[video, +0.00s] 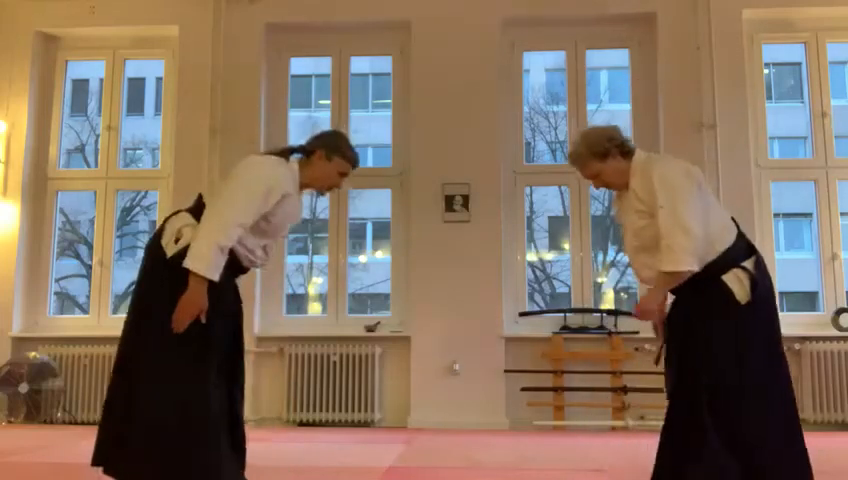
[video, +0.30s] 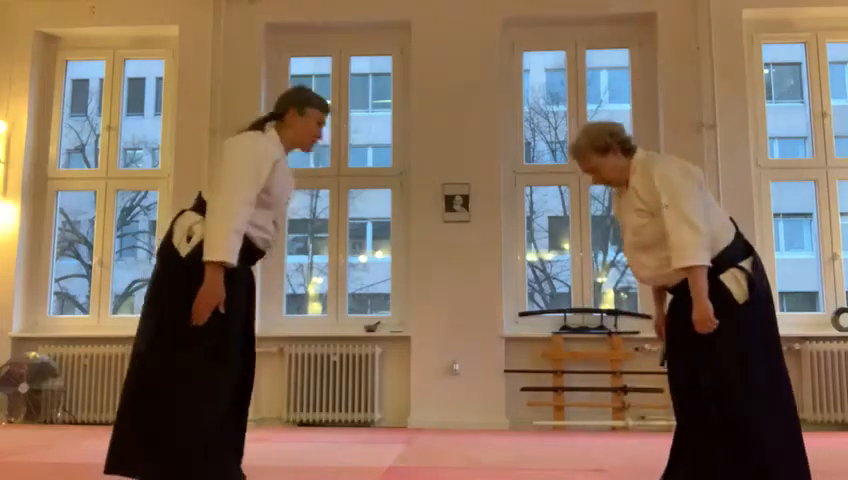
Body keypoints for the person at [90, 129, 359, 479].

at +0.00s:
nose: (339, 183)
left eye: (344, 178)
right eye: (340, 173)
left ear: (318, 159)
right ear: (318, 156)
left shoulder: (286, 187)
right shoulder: (269, 171)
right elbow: (222, 217)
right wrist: (197, 284)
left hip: (215, 267)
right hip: (189, 259)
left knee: (213, 368)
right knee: (192, 366)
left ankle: (208, 464)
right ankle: (185, 465)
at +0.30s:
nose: (319, 136)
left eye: (321, 128)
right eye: (316, 125)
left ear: (294, 118)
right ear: (292, 115)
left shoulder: (272, 153)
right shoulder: (255, 145)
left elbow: (241, 210)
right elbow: (228, 204)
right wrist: (214, 273)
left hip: (230, 266)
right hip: (214, 265)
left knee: (225, 368)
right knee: (212, 369)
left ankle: (213, 464)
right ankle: (200, 466)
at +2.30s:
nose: (269, 100)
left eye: (269, 93)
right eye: (262, 92)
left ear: (246, 96)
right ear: (236, 94)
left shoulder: (245, 136)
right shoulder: (225, 134)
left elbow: (245, 202)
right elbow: (222, 199)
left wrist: (265, 255)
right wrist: (239, 265)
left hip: (248, 256)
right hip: (229, 258)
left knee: (247, 366)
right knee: (231, 365)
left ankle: (243, 463)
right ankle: (226, 465)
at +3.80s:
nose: (270, 102)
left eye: (270, 94)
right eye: (264, 93)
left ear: (242, 94)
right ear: (239, 92)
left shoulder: (241, 134)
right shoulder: (228, 134)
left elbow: (242, 198)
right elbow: (240, 198)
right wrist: (299, 235)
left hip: (235, 255)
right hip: (230, 258)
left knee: (237, 364)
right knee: (235, 364)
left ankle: (230, 464)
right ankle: (232, 465)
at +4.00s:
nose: (273, 102)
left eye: (274, 94)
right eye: (267, 93)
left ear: (243, 96)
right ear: (240, 92)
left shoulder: (223, 133)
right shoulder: (238, 134)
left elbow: (254, 193)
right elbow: (262, 189)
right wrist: (324, 200)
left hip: (214, 249)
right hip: (234, 255)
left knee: (217, 359)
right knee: (238, 360)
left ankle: (214, 463)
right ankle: (236, 464)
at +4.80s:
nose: (262, 108)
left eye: (263, 100)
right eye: (256, 99)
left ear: (236, 98)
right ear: (229, 94)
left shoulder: (232, 140)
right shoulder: (213, 137)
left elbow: (227, 202)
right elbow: (216, 199)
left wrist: (279, 217)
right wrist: (281, 215)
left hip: (217, 258)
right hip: (199, 259)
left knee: (220, 364)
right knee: (205, 365)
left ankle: (213, 464)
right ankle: (201, 466)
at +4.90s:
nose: (253, 110)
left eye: (255, 103)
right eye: (248, 101)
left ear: (227, 101)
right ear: (220, 97)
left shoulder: (220, 141)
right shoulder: (206, 138)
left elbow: (216, 211)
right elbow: (200, 201)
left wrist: (237, 268)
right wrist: (264, 222)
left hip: (207, 261)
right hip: (192, 261)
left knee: (208, 367)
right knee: (199, 368)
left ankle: (201, 466)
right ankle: (197, 469)